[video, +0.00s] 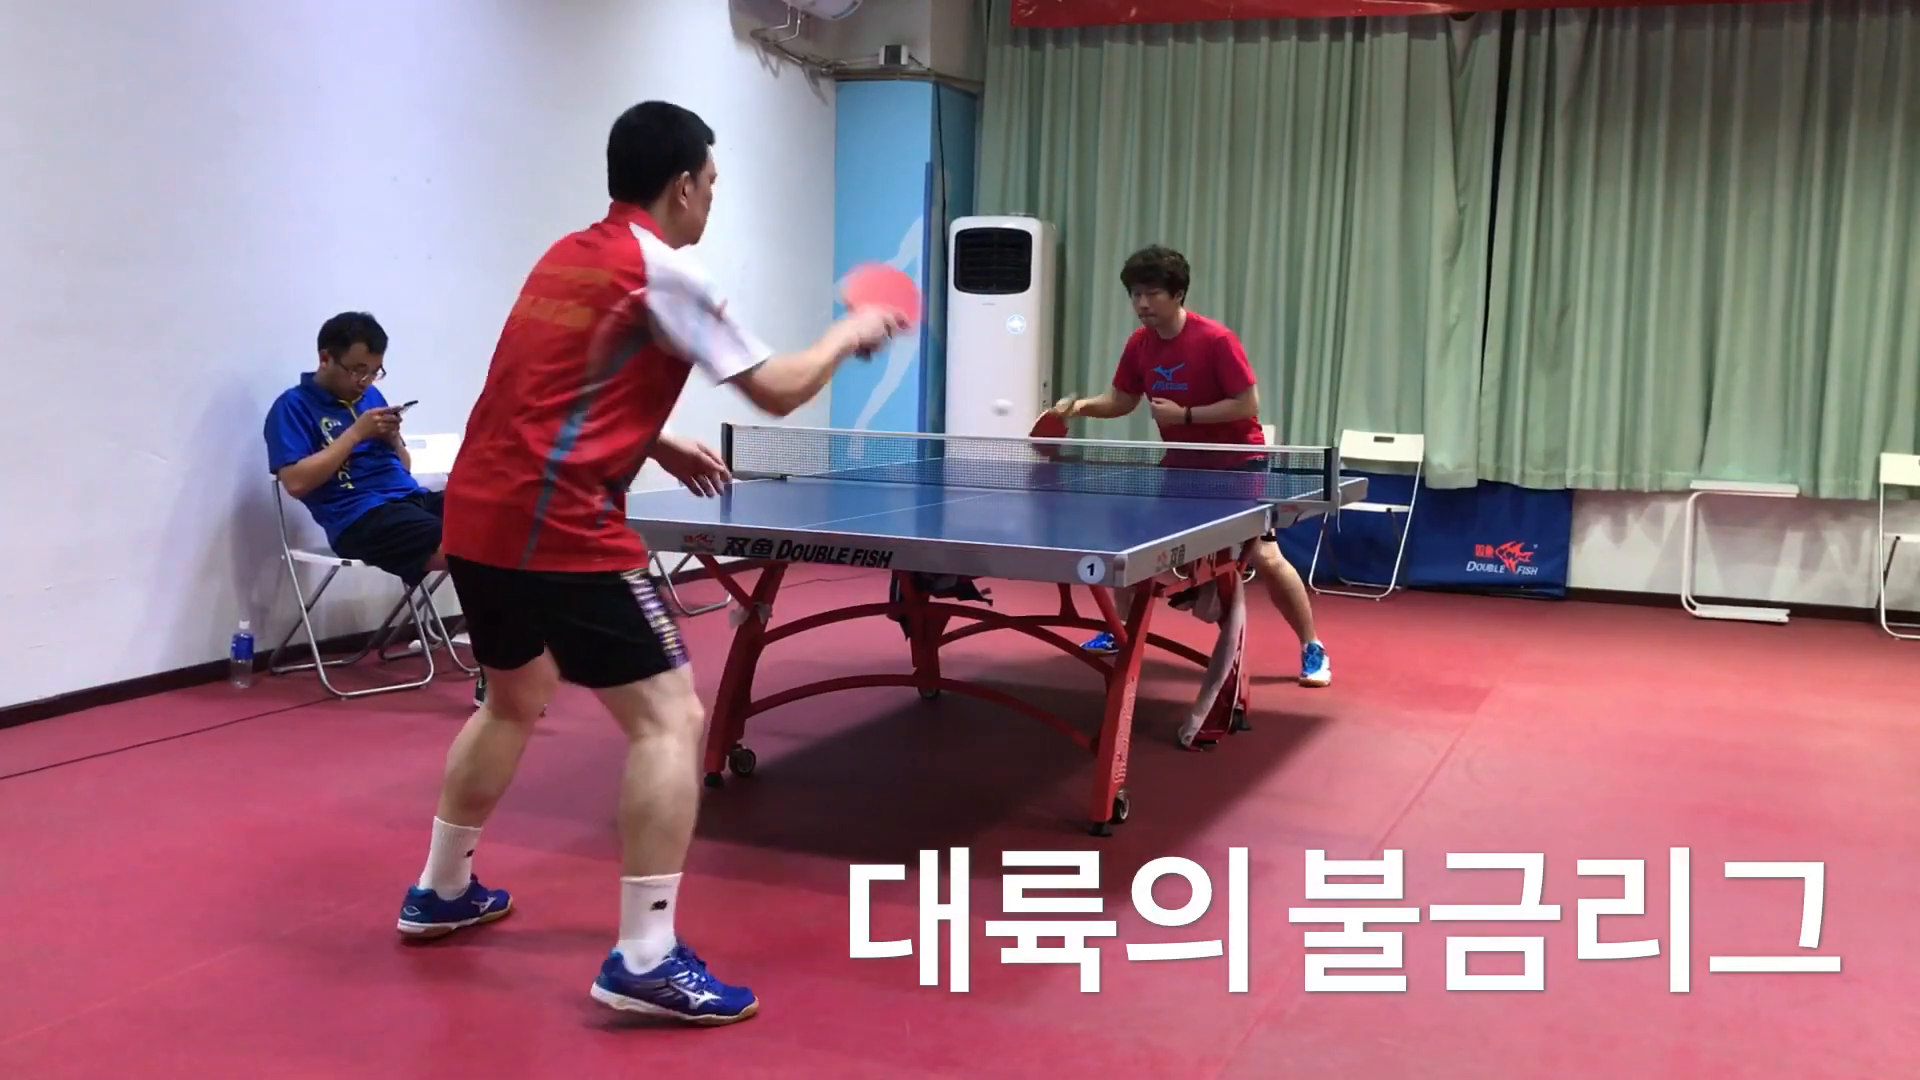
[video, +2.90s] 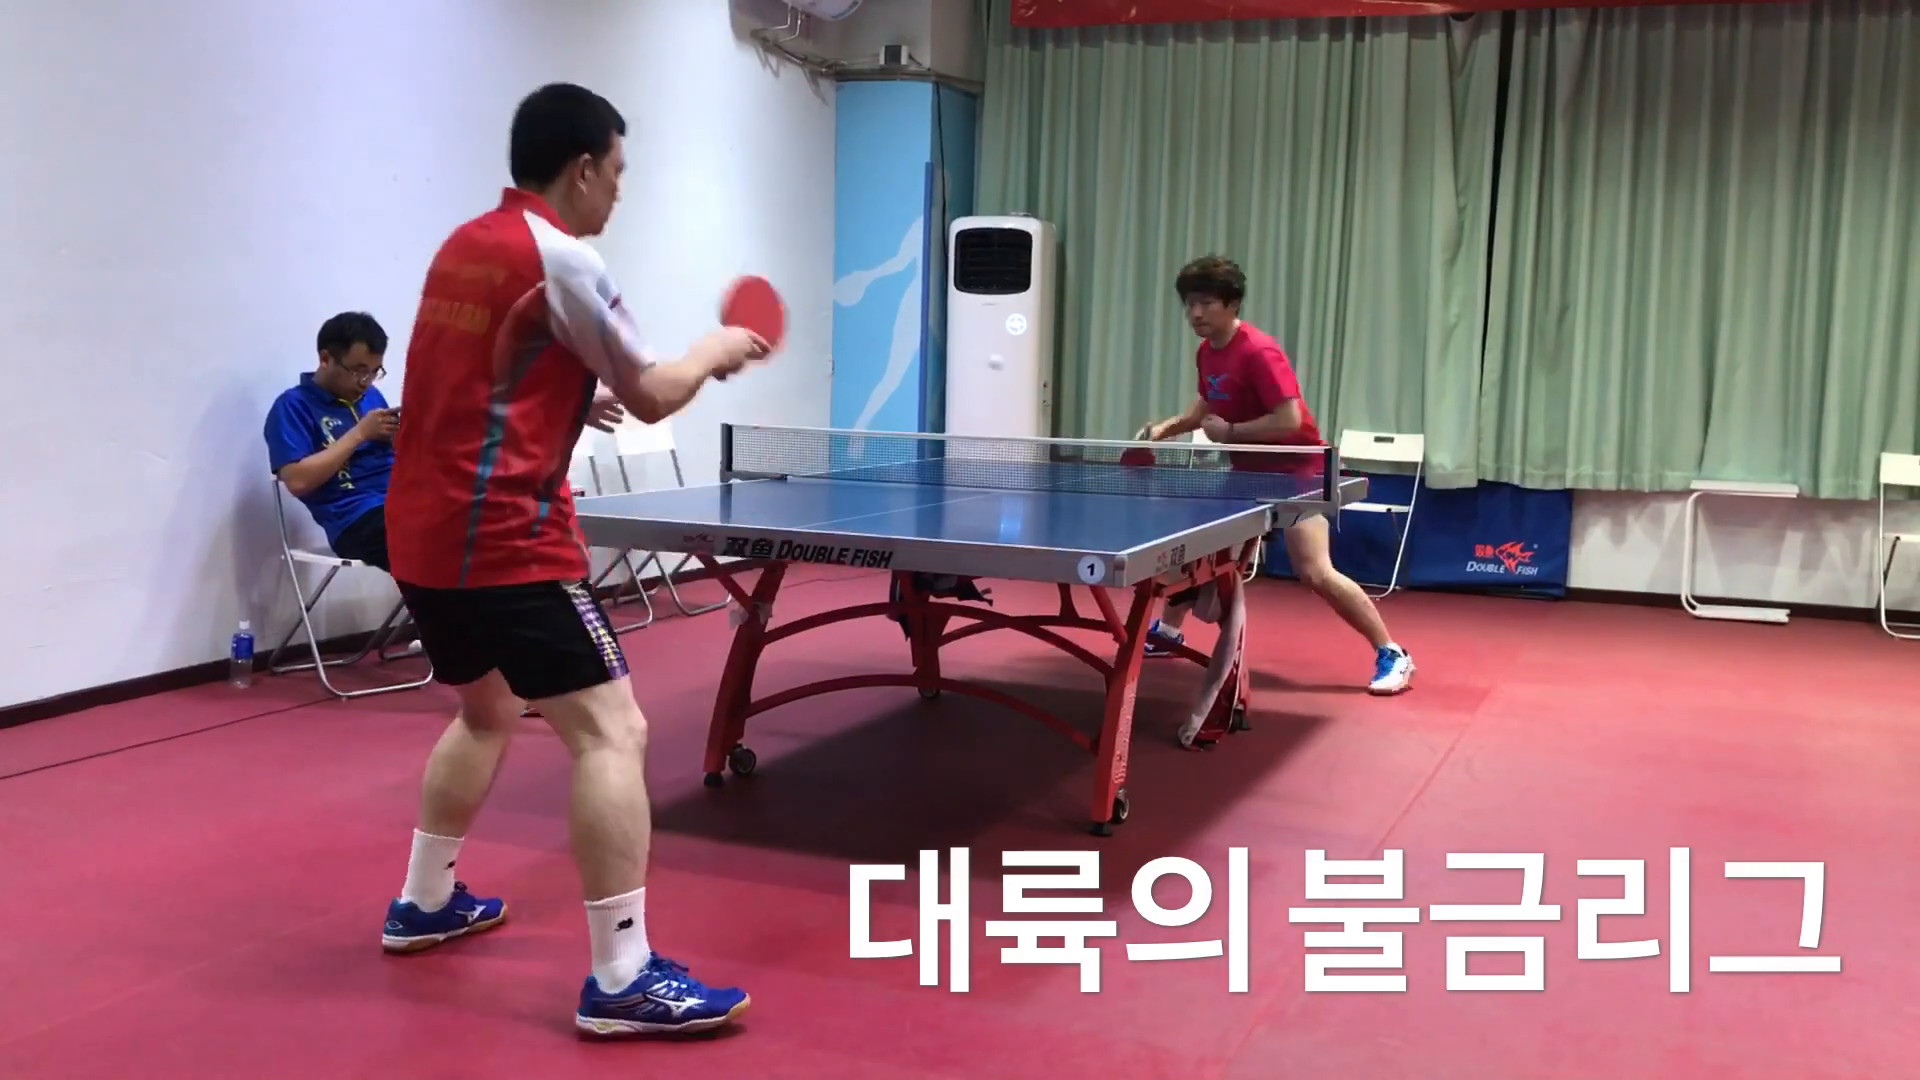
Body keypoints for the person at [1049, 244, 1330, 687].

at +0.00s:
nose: (1141, 303)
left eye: (1151, 293)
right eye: (1135, 294)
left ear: (1178, 294)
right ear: (1131, 297)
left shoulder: (1216, 340)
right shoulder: (1140, 344)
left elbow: (1248, 405)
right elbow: (1123, 400)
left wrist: (1185, 414)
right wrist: (1082, 405)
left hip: (1239, 468)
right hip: (1182, 469)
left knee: (1266, 556)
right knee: (1139, 542)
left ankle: (1312, 646)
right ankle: (1124, 631)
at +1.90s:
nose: (1138, 312)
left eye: (1146, 302)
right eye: (1131, 304)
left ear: (1173, 300)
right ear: (1129, 306)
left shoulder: (1207, 344)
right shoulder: (1148, 350)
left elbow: (1241, 411)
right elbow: (1143, 407)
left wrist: (1182, 421)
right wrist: (1095, 422)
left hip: (1246, 463)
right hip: (1193, 464)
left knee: (1266, 558)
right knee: (1146, 539)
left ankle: (1317, 648)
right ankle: (1124, 632)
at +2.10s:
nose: (1168, 331)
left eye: (1171, 321)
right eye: (1164, 323)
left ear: (1197, 312)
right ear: (1198, 310)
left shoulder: (1220, 353)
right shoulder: (1227, 333)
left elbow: (1248, 423)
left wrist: (1201, 435)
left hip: (1248, 476)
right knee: (1278, 578)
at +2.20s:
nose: (1214, 329)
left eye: (1217, 318)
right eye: (1210, 320)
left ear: (1242, 307)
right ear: (1247, 306)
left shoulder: (1259, 353)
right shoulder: (1280, 331)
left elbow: (1277, 424)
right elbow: (1277, 374)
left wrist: (1233, 437)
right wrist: (1234, 370)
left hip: (1276, 479)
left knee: (1308, 586)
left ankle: (1397, 657)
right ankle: (1397, 655)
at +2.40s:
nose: (1260, 323)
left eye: (1267, 313)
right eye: (1256, 314)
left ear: (1294, 310)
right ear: (1263, 313)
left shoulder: (1319, 365)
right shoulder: (1284, 351)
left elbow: (1331, 443)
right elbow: (1262, 407)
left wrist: (1269, 449)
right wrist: (1232, 395)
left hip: (1329, 484)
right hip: (1288, 476)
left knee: (1326, 592)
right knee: (1224, 539)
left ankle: (1407, 665)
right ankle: (1174, 619)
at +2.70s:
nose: (1242, 326)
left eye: (1253, 316)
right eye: (1236, 316)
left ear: (1279, 319)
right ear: (1230, 319)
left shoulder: (1313, 370)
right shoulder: (1232, 367)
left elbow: (1345, 436)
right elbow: (1210, 439)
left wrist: (1281, 451)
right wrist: (1210, 417)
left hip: (1323, 484)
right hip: (1269, 481)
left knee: (1331, 582)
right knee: (1205, 544)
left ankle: (1407, 663)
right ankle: (1171, 630)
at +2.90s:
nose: (1196, 313)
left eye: (1205, 303)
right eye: (1189, 304)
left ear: (1232, 305)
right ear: (1185, 306)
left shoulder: (1260, 351)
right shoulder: (1206, 353)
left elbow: (1290, 419)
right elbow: (1207, 409)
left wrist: (1231, 431)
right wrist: (1168, 427)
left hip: (1299, 470)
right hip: (1248, 470)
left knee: (1315, 572)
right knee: (1192, 540)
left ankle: (1392, 654)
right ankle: (1168, 631)